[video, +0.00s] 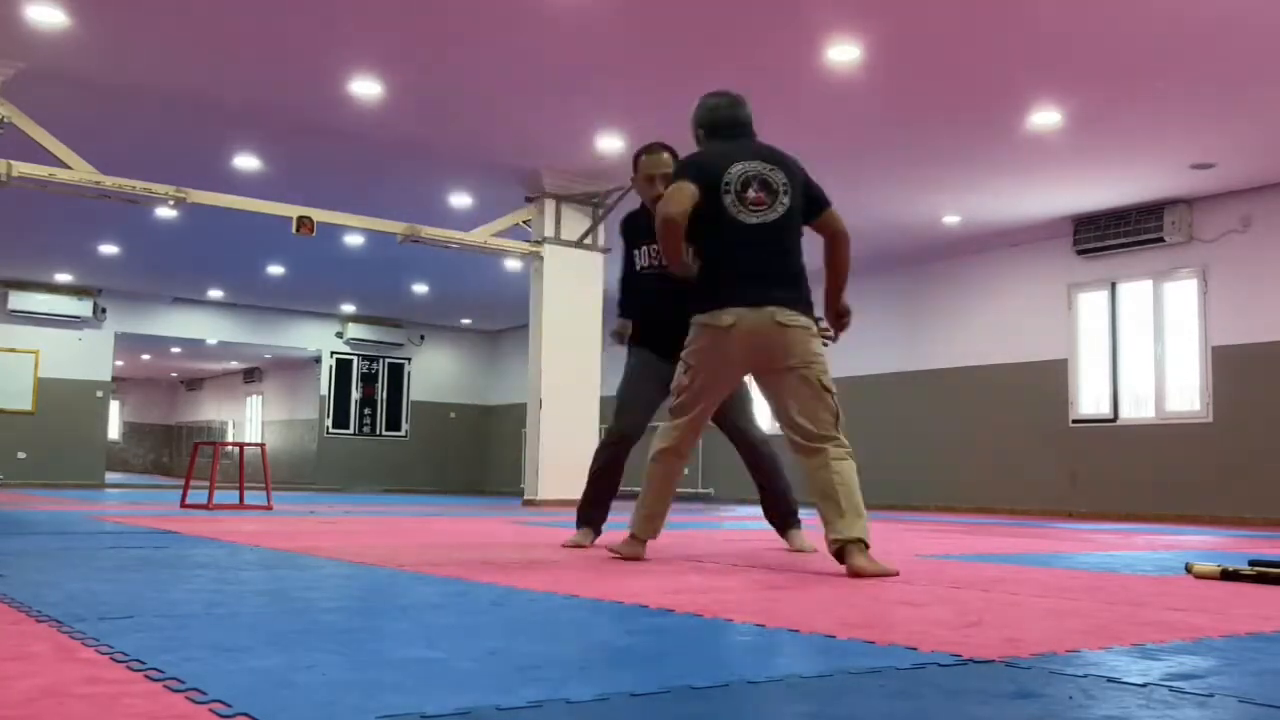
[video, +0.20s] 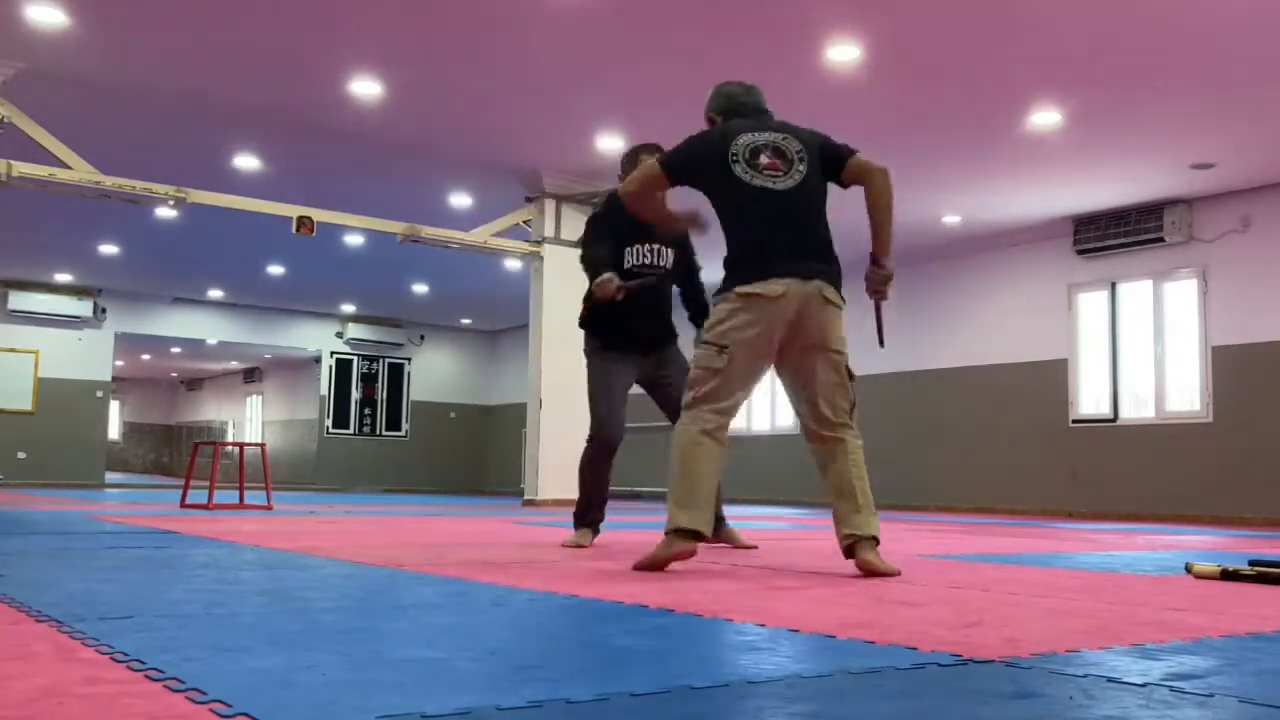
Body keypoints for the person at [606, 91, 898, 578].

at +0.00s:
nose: (691, 142)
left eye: (692, 135)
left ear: (701, 132)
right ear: (749, 126)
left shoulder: (699, 163)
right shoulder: (787, 166)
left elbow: (671, 210)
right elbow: (836, 232)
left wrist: (677, 265)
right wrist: (836, 300)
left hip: (721, 321)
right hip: (790, 321)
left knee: (677, 428)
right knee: (823, 439)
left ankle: (638, 536)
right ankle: (853, 548)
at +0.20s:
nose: (706, 131)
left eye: (706, 124)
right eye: (708, 125)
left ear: (715, 119)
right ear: (764, 110)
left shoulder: (708, 145)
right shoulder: (807, 140)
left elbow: (634, 190)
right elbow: (875, 174)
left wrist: (672, 223)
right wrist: (881, 257)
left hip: (753, 291)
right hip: (820, 292)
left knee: (704, 415)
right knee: (834, 424)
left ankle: (683, 532)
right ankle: (862, 542)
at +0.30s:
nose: (702, 136)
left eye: (704, 128)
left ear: (709, 126)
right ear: (759, 118)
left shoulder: (697, 155)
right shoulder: (796, 136)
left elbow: (632, 214)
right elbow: (864, 145)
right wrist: (879, 232)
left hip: (750, 286)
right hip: (820, 287)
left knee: (709, 414)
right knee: (842, 416)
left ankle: (685, 540)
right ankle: (866, 539)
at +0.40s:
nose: (701, 144)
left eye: (701, 137)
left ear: (709, 134)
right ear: (761, 123)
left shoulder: (694, 163)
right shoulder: (794, 137)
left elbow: (622, 213)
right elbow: (858, 136)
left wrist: (574, 261)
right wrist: (881, 221)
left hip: (746, 291)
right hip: (818, 288)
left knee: (711, 421)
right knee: (847, 416)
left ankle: (683, 545)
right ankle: (869, 534)